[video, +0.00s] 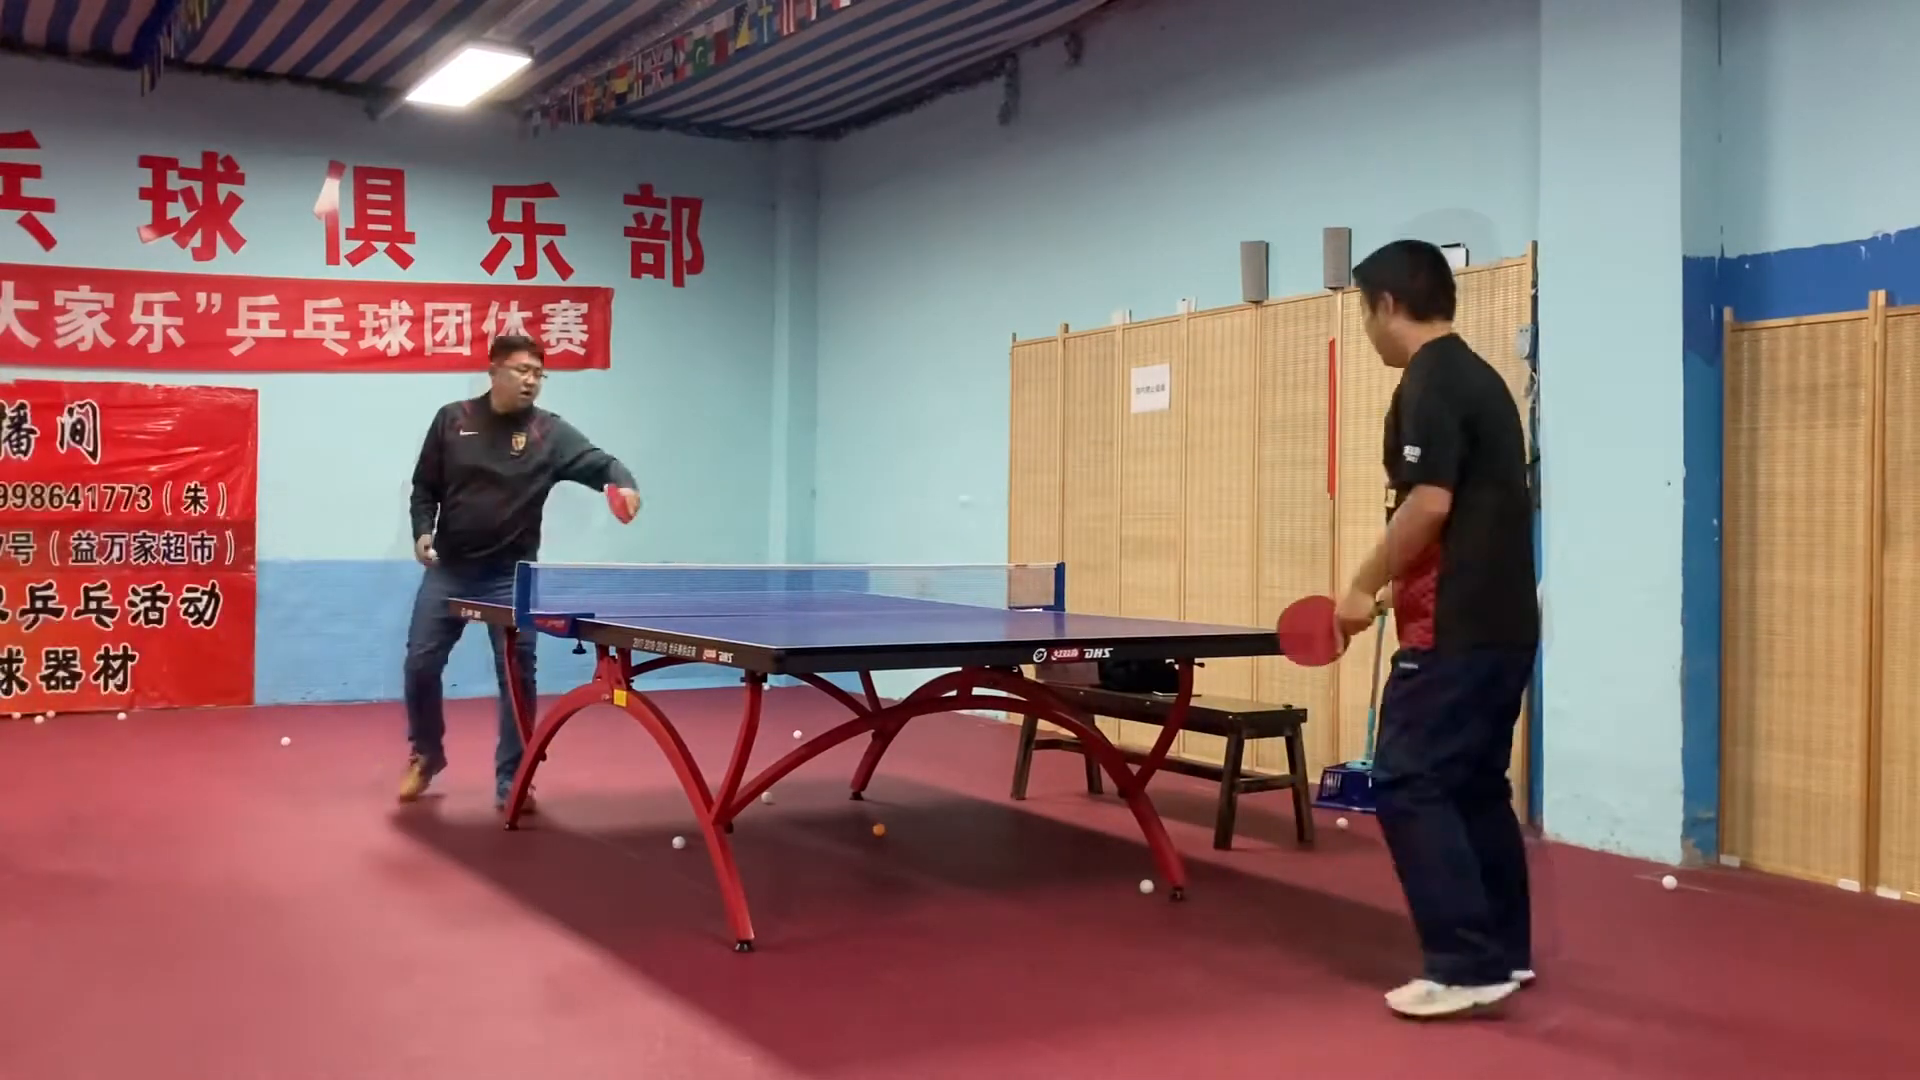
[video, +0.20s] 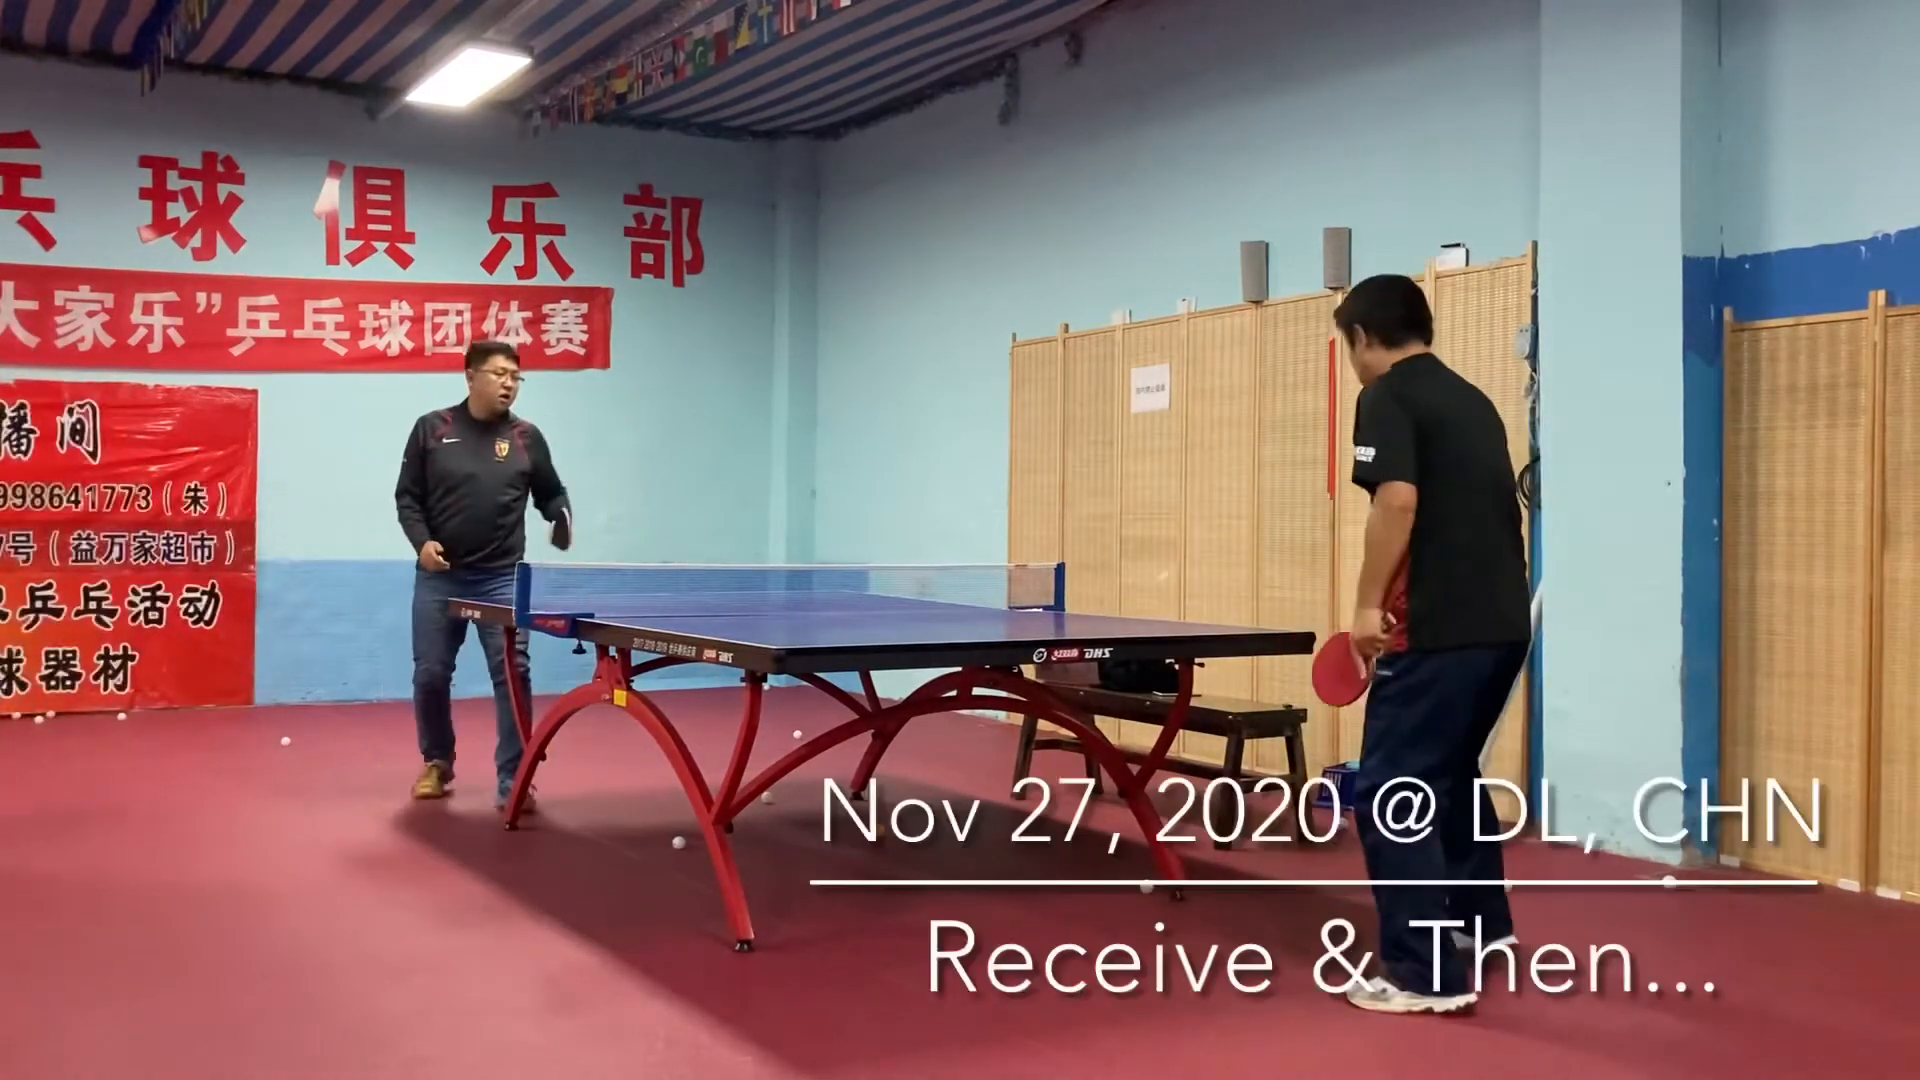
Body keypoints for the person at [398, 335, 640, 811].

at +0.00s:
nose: (531, 380)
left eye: (537, 374)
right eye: (522, 371)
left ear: (541, 380)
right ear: (494, 372)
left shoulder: (547, 432)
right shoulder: (452, 420)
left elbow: (600, 464)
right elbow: (424, 485)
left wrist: (622, 486)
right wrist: (423, 533)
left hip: (512, 571)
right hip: (448, 568)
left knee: (518, 671)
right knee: (420, 663)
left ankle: (513, 783)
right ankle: (426, 756)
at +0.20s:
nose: (508, 384)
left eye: (514, 377)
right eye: (498, 374)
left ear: (518, 384)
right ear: (471, 377)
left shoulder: (526, 437)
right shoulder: (431, 430)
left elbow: (550, 493)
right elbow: (407, 497)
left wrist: (559, 516)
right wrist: (422, 541)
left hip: (502, 575)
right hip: (440, 575)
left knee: (512, 673)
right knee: (430, 673)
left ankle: (515, 782)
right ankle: (437, 763)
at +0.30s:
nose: (498, 385)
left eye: (503, 377)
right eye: (488, 375)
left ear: (506, 384)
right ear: (460, 379)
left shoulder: (514, 436)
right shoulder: (421, 431)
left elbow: (527, 496)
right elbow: (396, 501)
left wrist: (532, 533)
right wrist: (413, 547)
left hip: (494, 577)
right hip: (434, 578)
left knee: (506, 672)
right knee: (432, 674)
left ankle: (518, 773)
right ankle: (436, 765)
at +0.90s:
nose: (501, 394)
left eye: (504, 387)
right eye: (490, 387)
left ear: (507, 393)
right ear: (464, 395)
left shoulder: (516, 443)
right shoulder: (432, 445)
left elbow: (530, 496)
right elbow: (405, 511)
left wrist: (531, 527)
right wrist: (431, 557)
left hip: (498, 576)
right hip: (450, 575)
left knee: (496, 663)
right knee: (445, 662)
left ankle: (485, 740)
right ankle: (438, 762)